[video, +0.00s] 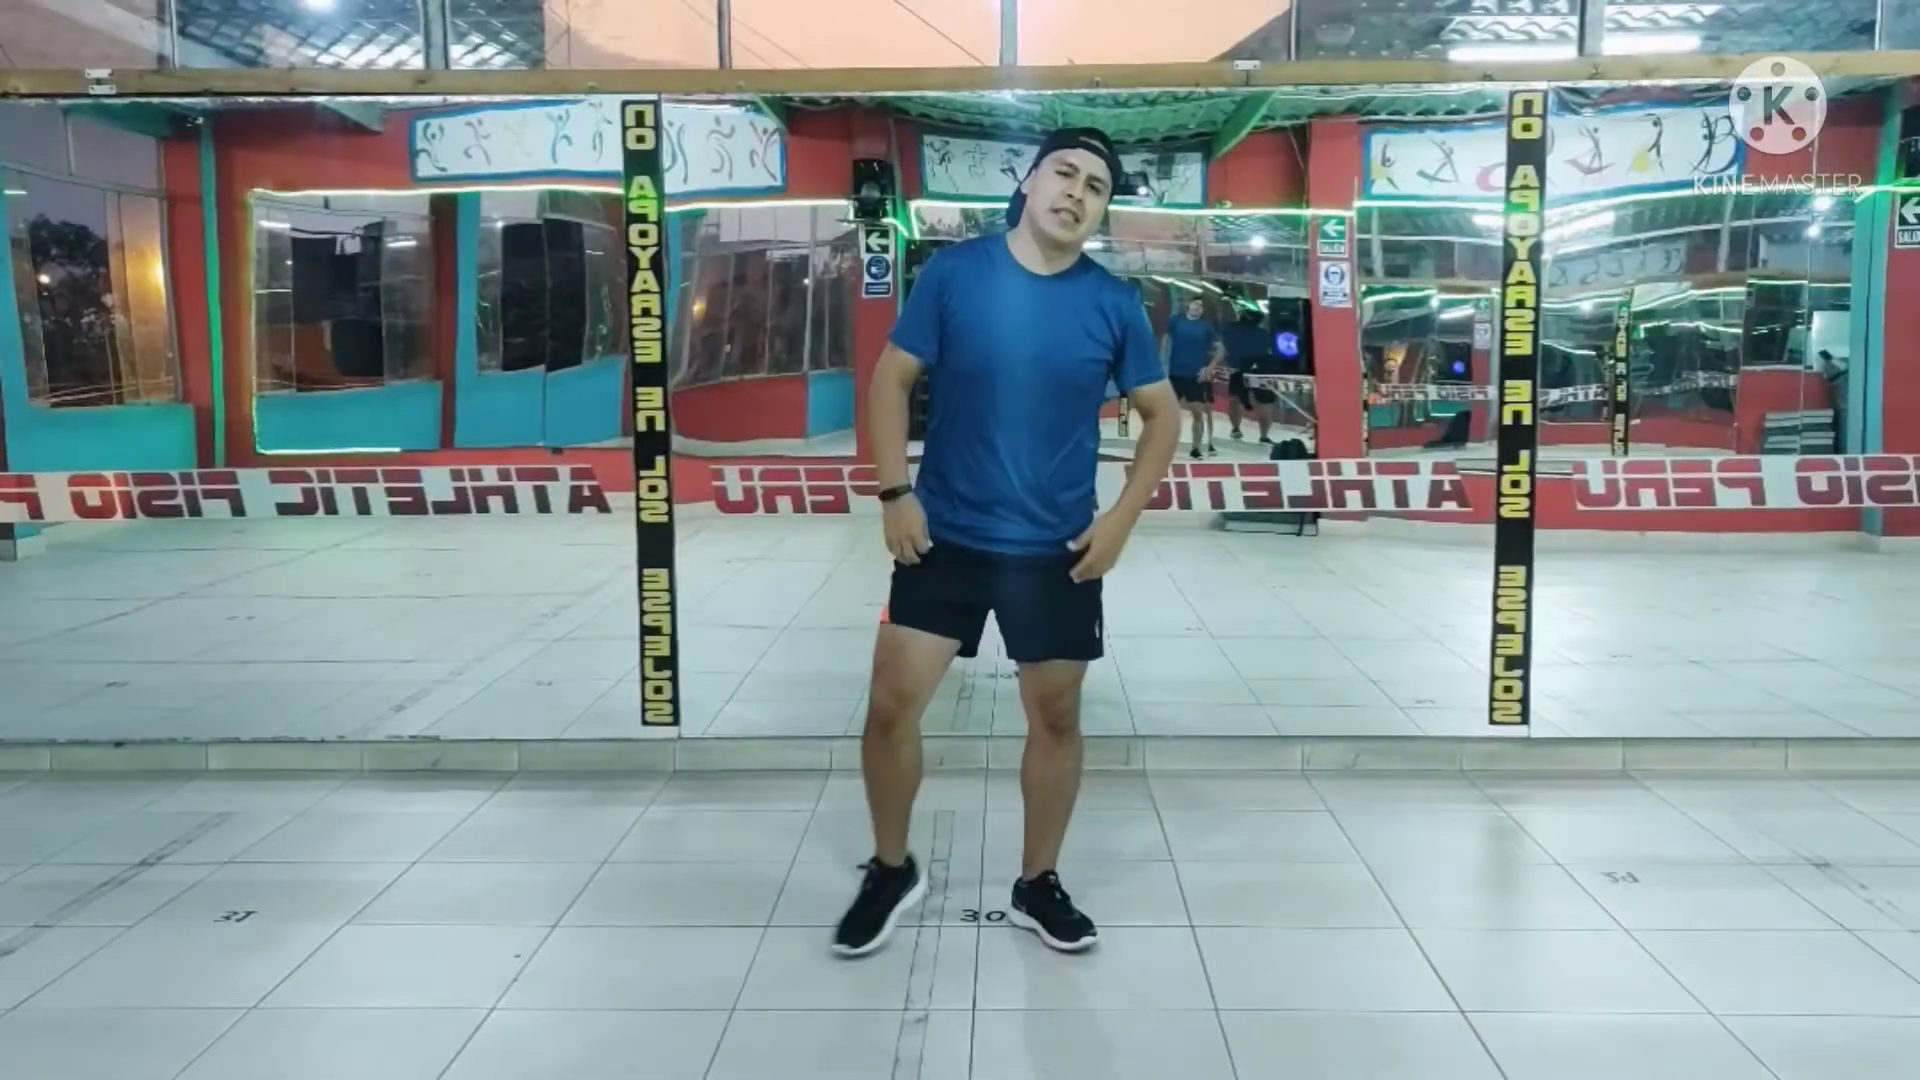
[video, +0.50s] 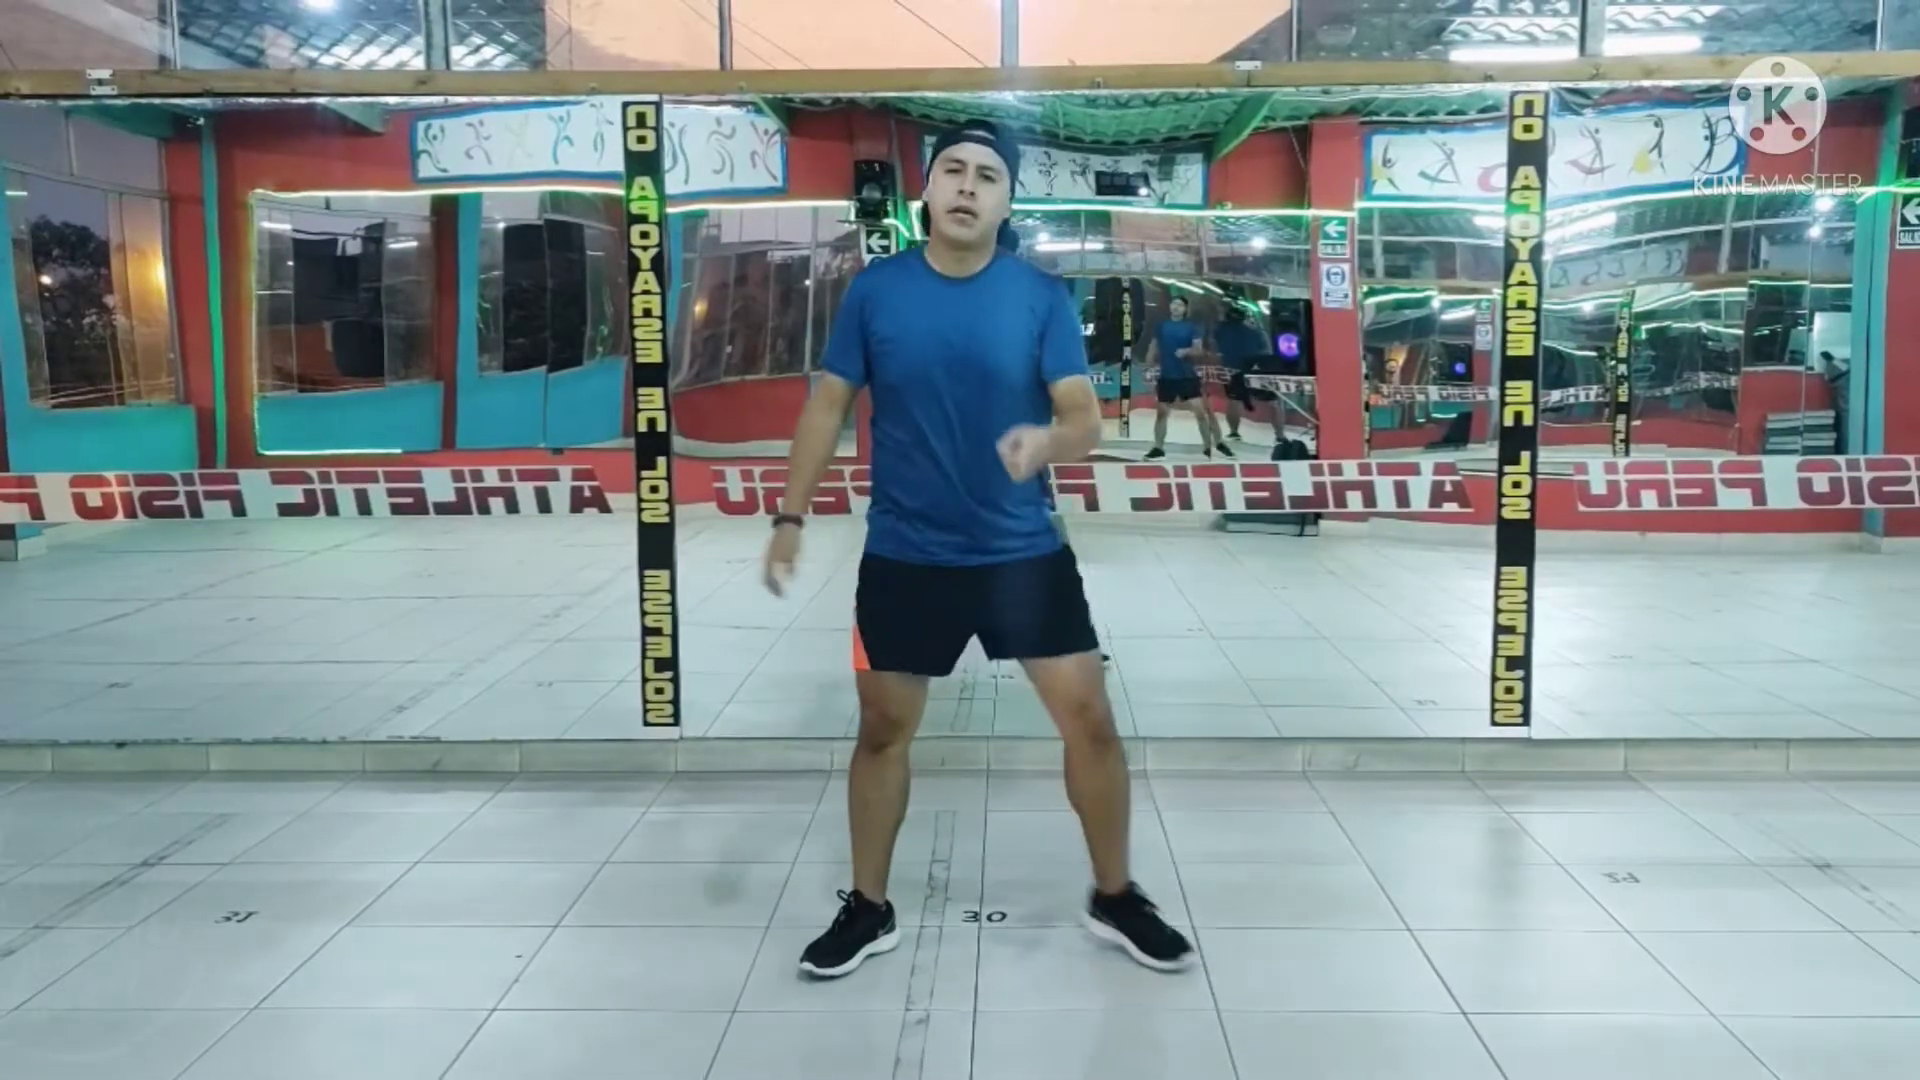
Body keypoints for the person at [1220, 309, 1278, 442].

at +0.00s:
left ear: (1241, 317)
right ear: (1259, 319)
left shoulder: (1231, 330)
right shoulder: (1263, 334)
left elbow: (1224, 350)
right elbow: (1270, 353)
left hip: (1237, 368)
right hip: (1260, 370)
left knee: (1234, 399)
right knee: (1264, 402)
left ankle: (1236, 429)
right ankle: (1264, 435)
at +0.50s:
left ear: (1227, 315)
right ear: (1245, 315)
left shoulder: (1221, 330)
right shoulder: (1255, 332)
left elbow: (1216, 350)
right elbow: (1265, 354)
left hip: (1232, 368)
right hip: (1257, 369)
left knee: (1233, 400)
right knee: (1274, 401)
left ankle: (1234, 431)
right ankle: (1280, 436)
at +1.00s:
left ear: (1235, 318)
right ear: (1251, 320)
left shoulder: (1229, 331)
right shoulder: (1261, 334)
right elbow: (1270, 354)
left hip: (1240, 367)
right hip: (1265, 367)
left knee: (1238, 400)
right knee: (1274, 404)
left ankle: (1236, 432)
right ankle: (1284, 439)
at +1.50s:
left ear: (1235, 319)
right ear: (1251, 320)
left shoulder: (1229, 332)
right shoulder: (1260, 334)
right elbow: (1271, 351)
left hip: (1241, 367)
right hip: (1264, 368)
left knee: (1239, 401)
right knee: (1274, 405)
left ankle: (1237, 433)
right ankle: (1284, 440)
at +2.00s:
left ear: (1235, 319)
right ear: (1251, 320)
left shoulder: (1230, 331)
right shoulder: (1261, 334)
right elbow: (1271, 350)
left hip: (1241, 368)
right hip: (1264, 370)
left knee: (1239, 401)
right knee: (1275, 405)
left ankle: (1238, 433)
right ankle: (1285, 440)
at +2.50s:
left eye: (1239, 318)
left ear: (1236, 319)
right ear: (1252, 321)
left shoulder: (1230, 332)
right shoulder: (1261, 335)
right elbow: (1271, 355)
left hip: (1242, 371)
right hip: (1265, 372)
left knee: (1241, 403)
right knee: (1276, 408)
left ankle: (1239, 433)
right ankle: (1286, 440)